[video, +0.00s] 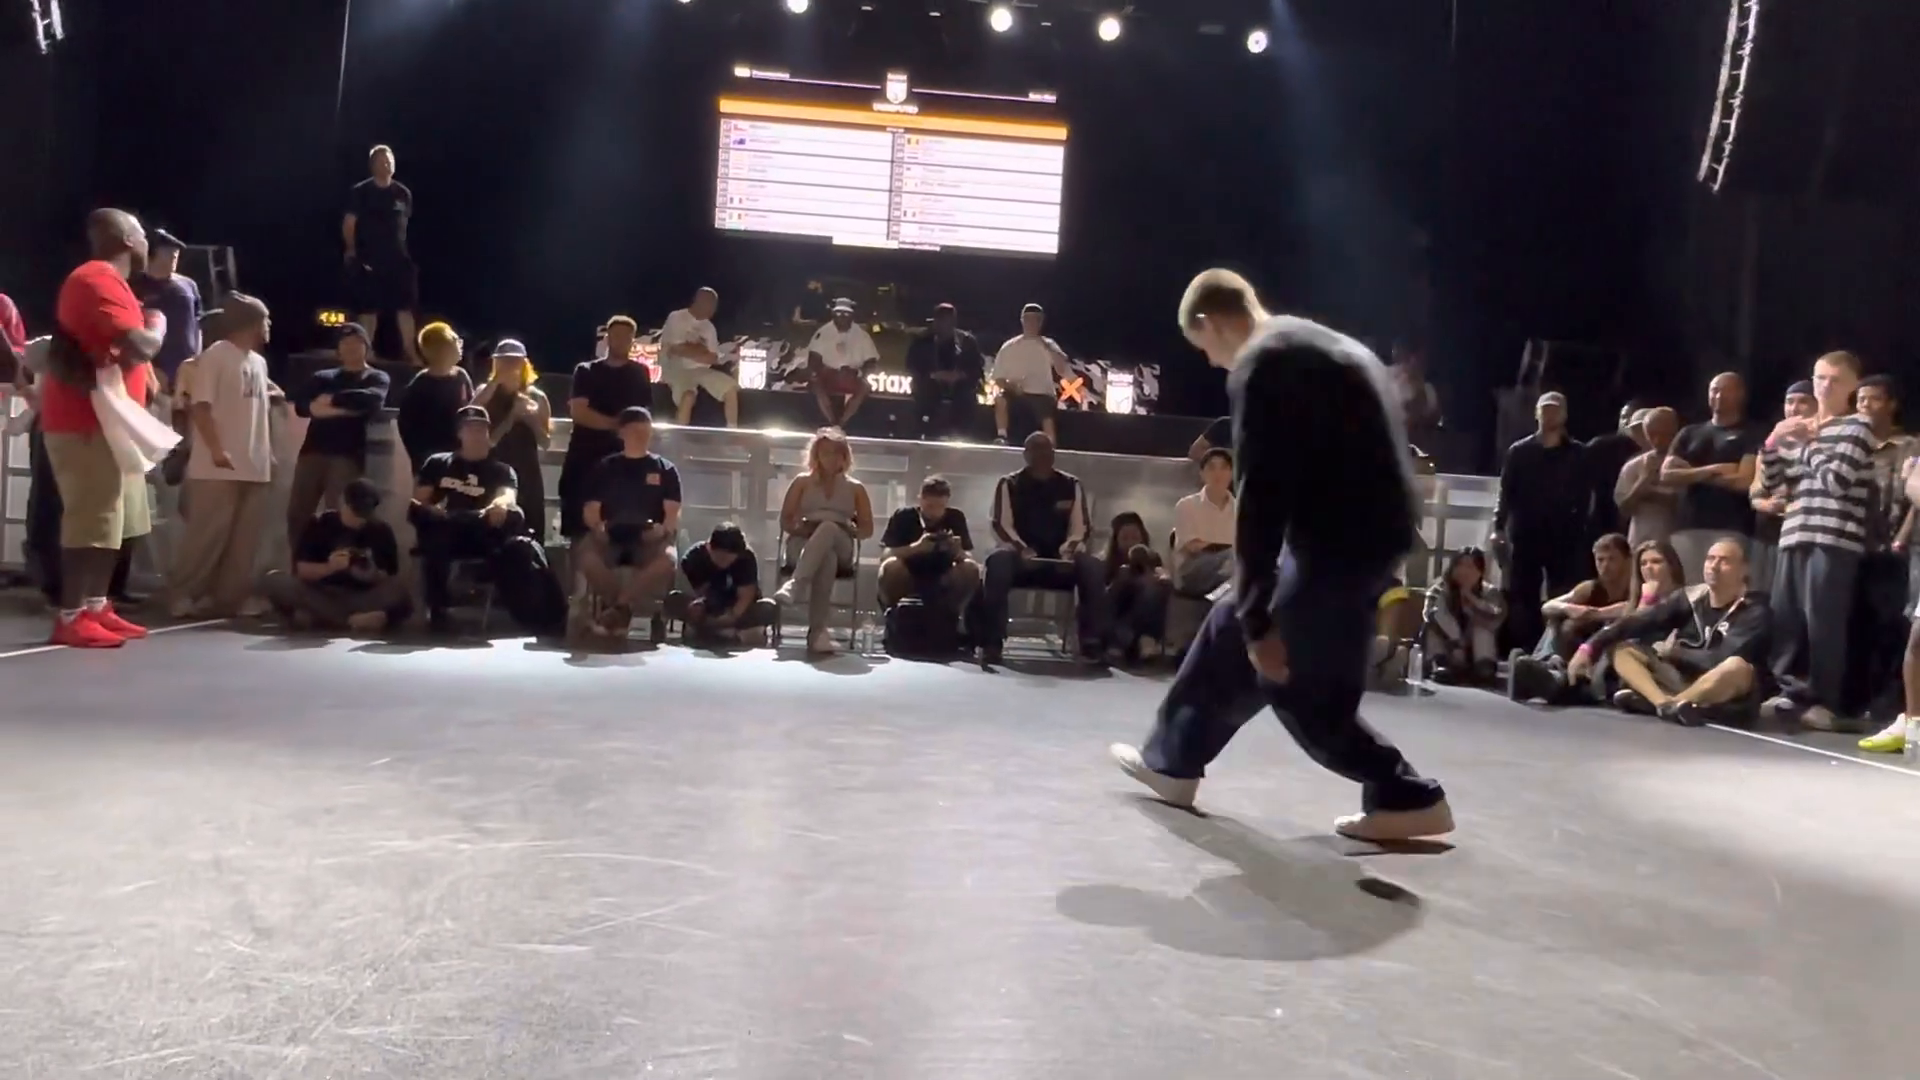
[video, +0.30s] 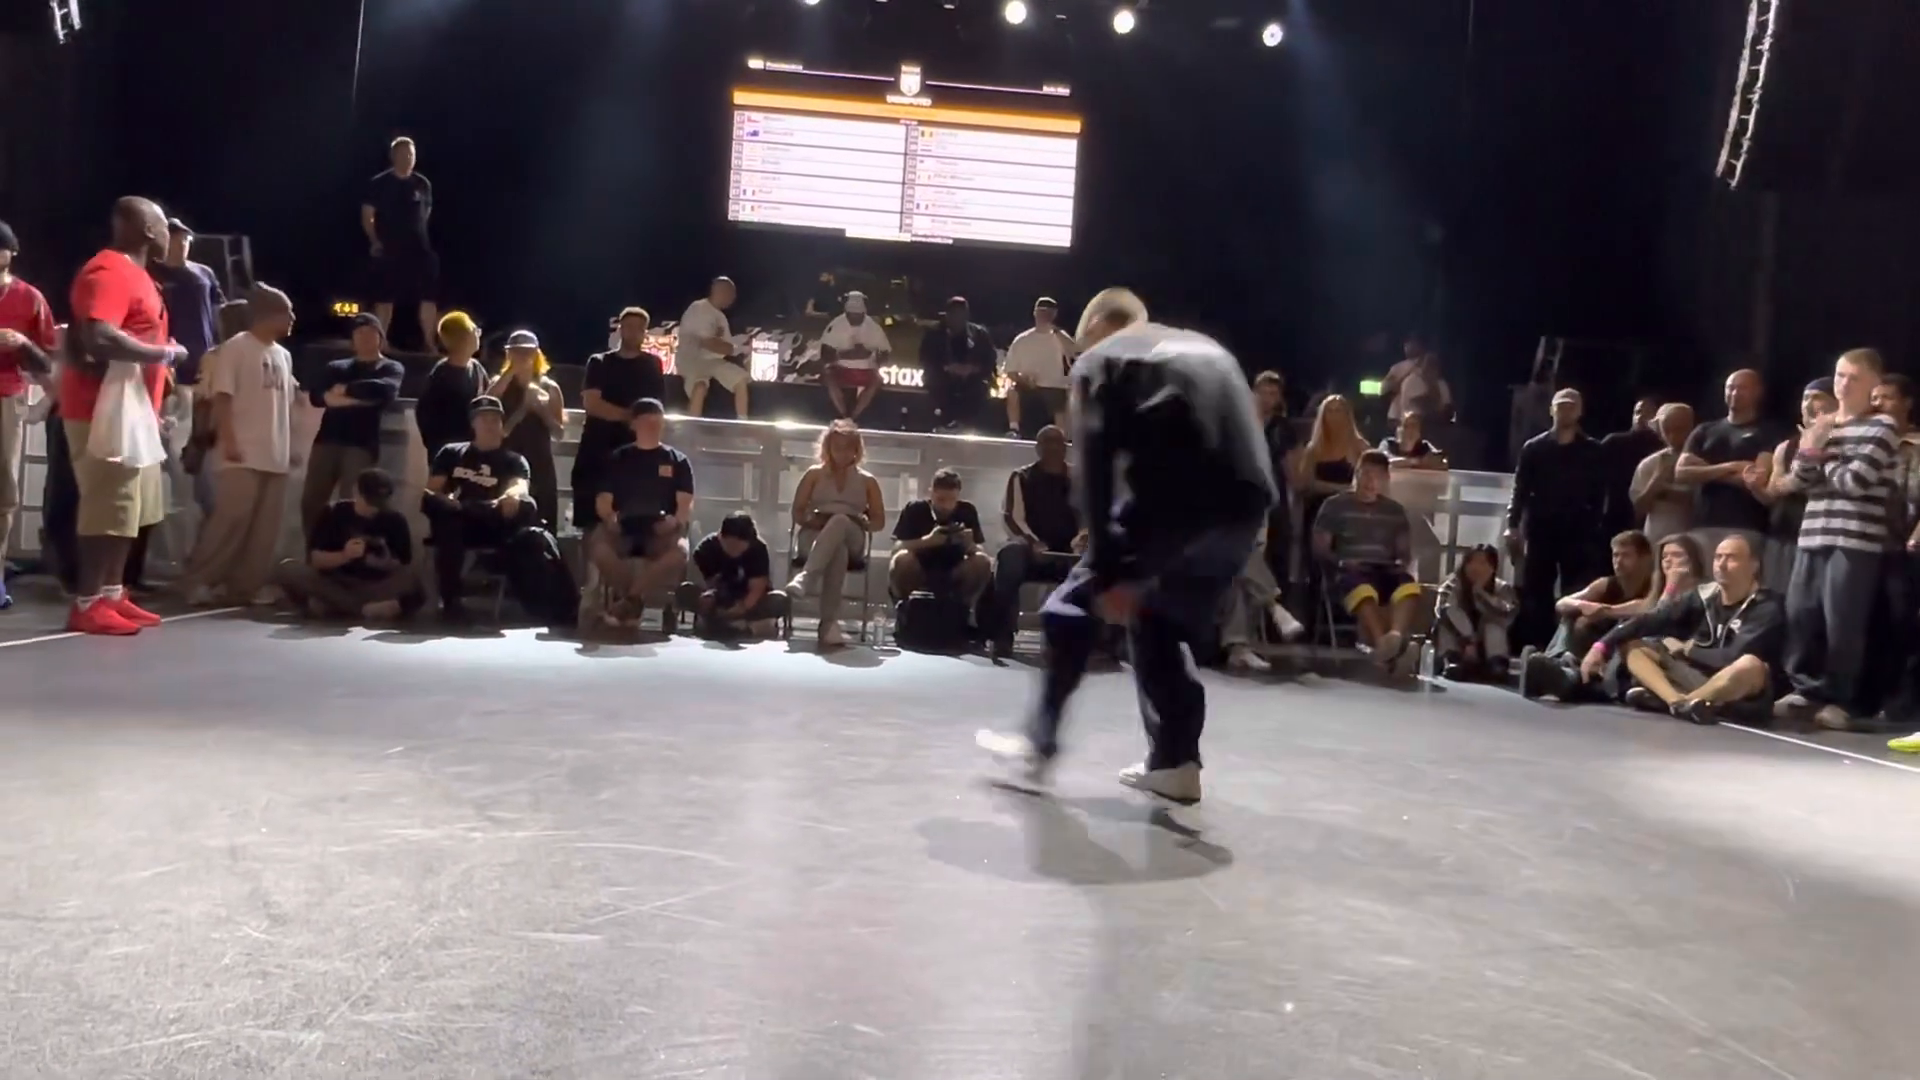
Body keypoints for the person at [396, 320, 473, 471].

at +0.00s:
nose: (460, 343)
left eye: (457, 338)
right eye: (454, 340)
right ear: (441, 350)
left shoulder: (461, 376)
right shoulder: (416, 388)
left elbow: (470, 413)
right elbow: (406, 427)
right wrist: (420, 461)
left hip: (461, 456)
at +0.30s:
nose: (479, 332)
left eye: (476, 328)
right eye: (473, 330)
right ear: (463, 339)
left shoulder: (477, 369)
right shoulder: (439, 377)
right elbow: (423, 412)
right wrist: (435, 447)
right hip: (445, 449)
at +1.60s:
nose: (504, 315)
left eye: (501, 311)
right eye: (498, 312)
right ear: (482, 320)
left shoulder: (501, 354)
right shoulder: (462, 358)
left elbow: (507, 391)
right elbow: (447, 394)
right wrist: (457, 430)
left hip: (495, 430)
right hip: (467, 433)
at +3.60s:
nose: (512, 302)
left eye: (510, 298)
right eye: (507, 299)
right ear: (492, 308)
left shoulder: (510, 340)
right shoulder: (471, 346)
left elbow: (518, 377)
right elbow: (457, 382)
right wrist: (468, 417)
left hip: (506, 416)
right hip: (477, 419)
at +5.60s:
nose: (491, 313)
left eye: (497, 308)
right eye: (487, 307)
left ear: (508, 315)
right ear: (480, 311)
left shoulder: (519, 348)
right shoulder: (461, 344)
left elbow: (523, 388)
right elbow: (455, 384)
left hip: (504, 425)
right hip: (466, 422)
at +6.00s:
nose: (484, 319)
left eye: (491, 314)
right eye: (481, 313)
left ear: (503, 320)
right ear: (475, 315)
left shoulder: (511, 352)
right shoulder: (455, 346)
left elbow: (514, 391)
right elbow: (445, 383)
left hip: (494, 426)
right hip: (457, 423)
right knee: (452, 487)